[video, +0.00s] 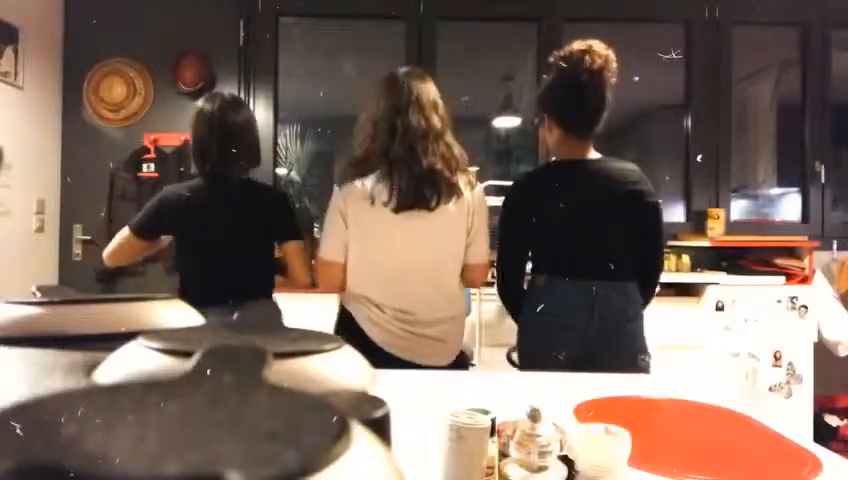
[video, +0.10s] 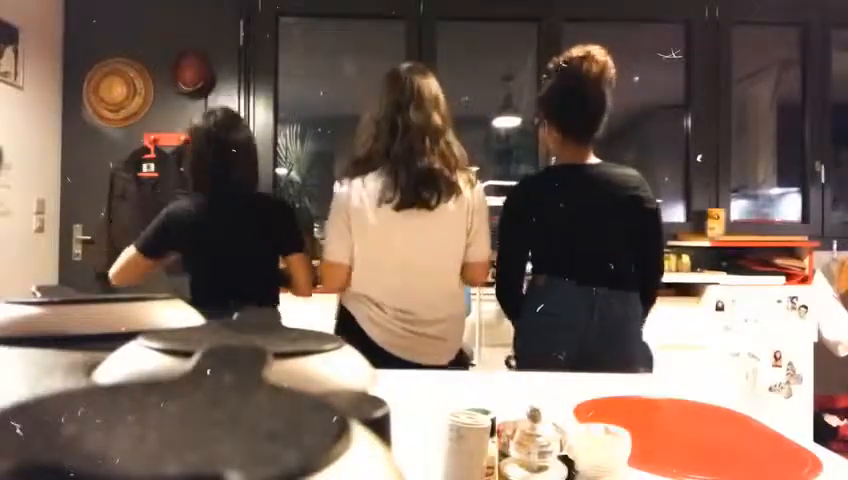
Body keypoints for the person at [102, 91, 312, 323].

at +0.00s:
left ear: (196, 144)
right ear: (250, 142)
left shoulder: (176, 200)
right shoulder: (272, 200)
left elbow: (112, 257)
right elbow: (302, 278)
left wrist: (163, 242)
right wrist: (264, 260)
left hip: (197, 331)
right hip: (262, 331)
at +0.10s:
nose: (184, 165)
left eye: (188, 155)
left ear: (196, 162)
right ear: (249, 158)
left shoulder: (183, 215)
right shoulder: (276, 211)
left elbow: (120, 276)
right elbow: (304, 287)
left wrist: (171, 259)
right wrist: (271, 270)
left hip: (205, 342)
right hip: (266, 342)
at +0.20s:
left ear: (198, 157)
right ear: (256, 155)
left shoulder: (185, 210)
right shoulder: (277, 210)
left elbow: (122, 276)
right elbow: (302, 287)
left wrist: (169, 256)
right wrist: (270, 268)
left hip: (204, 339)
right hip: (264, 338)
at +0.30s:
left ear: (198, 152)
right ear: (256, 149)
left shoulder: (180, 202)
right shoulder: (279, 202)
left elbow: (119, 263)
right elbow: (300, 281)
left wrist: (172, 249)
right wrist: (267, 264)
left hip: (197, 325)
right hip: (262, 326)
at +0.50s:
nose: (260, 148)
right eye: (256, 143)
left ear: (198, 153)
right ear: (253, 149)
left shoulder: (181, 203)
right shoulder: (277, 202)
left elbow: (117, 264)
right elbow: (303, 279)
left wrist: (169, 252)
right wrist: (270, 262)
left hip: (194, 330)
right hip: (258, 332)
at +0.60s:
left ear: (197, 150)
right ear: (254, 149)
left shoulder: (182, 203)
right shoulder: (278, 203)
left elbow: (113, 262)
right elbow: (304, 280)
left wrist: (173, 253)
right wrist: (270, 260)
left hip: (194, 331)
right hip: (260, 333)